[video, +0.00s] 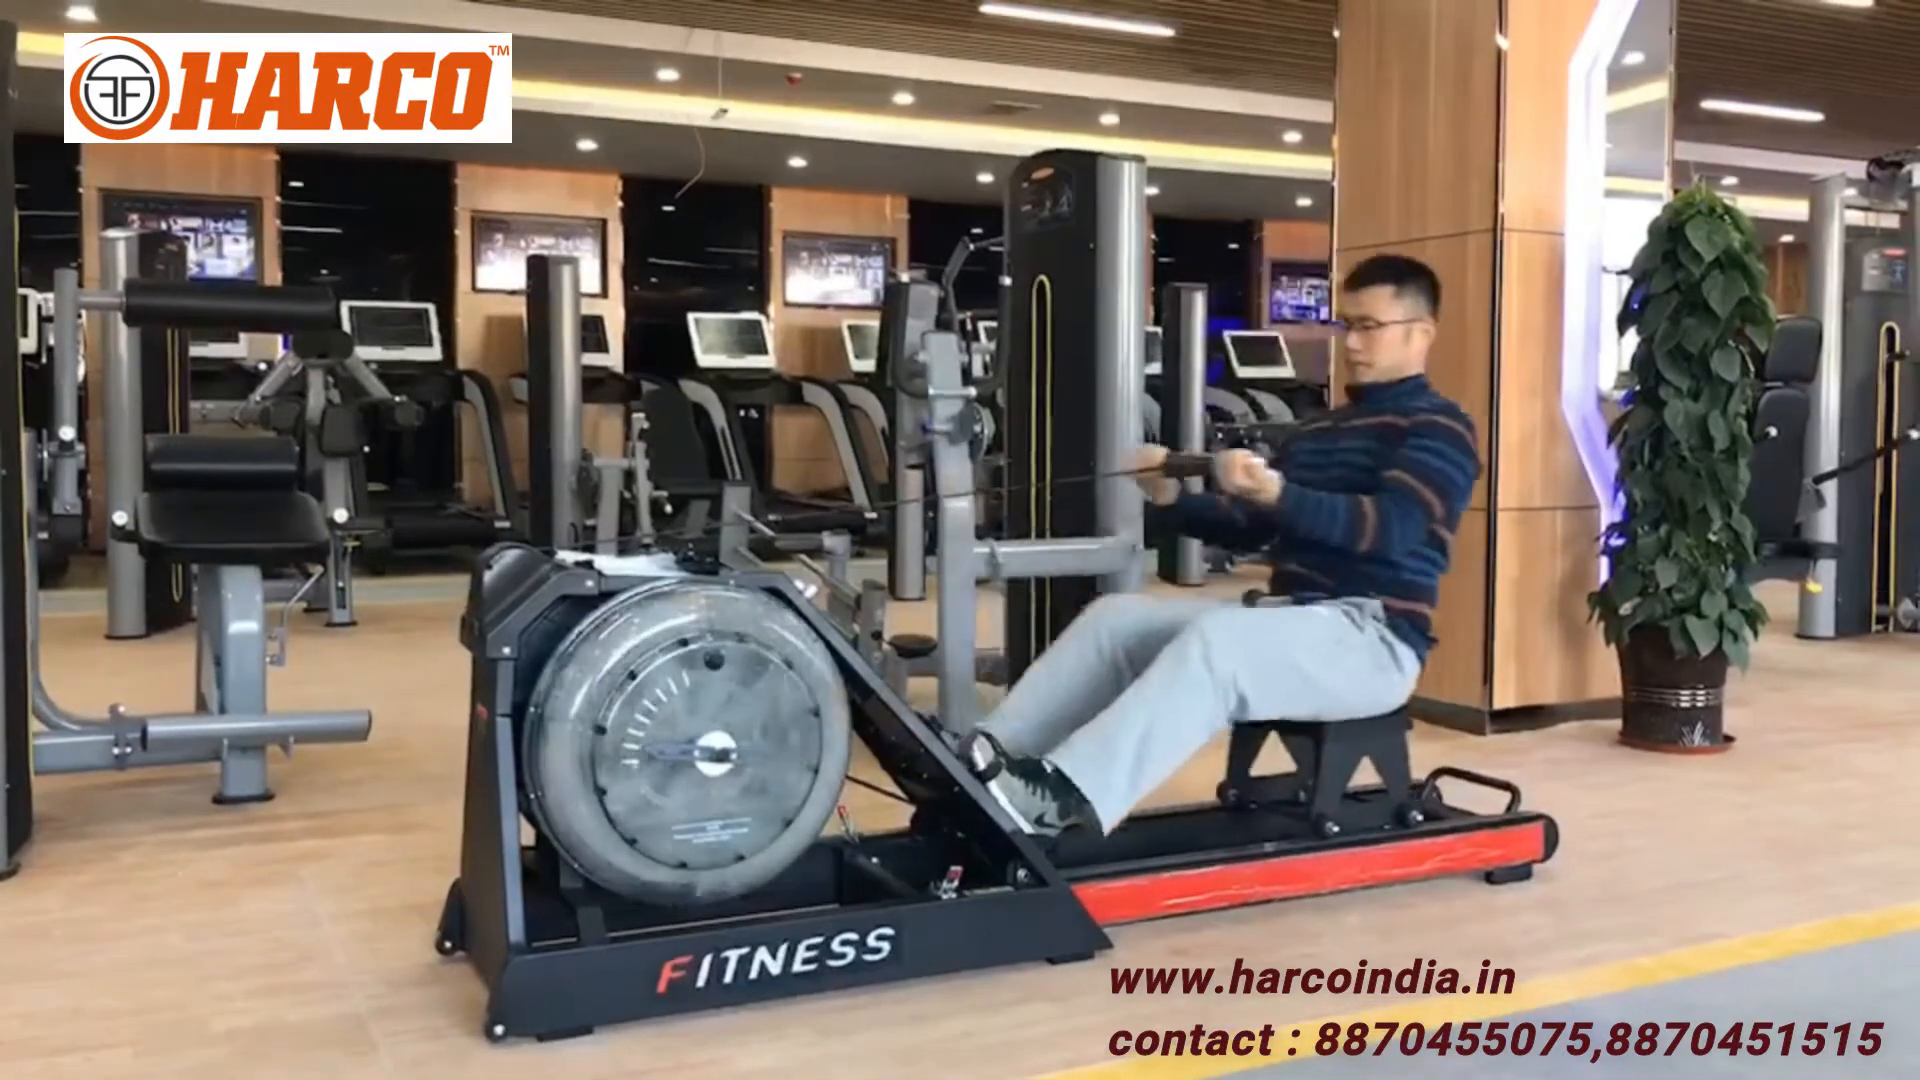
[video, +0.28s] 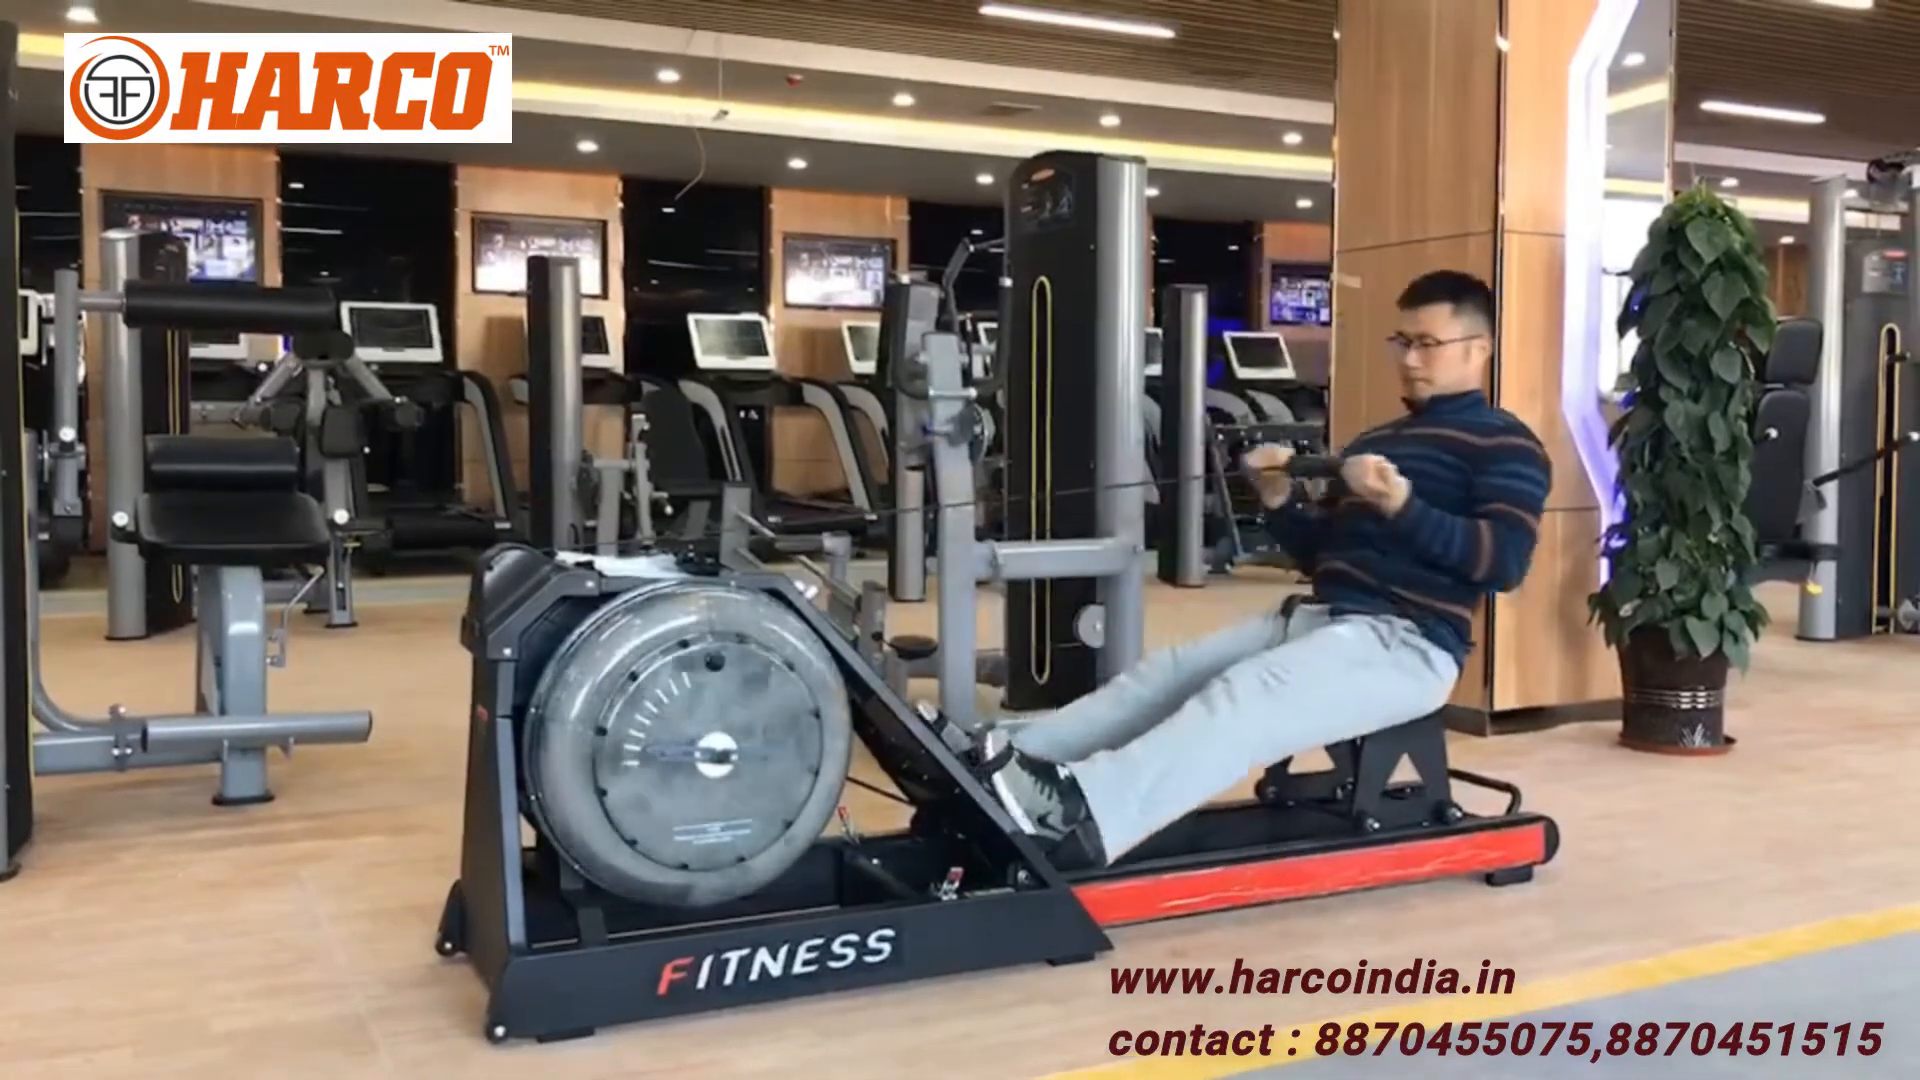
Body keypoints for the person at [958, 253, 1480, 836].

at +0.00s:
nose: (1353, 343)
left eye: (1373, 327)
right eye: (1347, 326)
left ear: (1424, 336)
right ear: (1339, 330)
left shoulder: (1442, 430)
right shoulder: (1325, 429)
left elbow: (1386, 528)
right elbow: (1261, 528)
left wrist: (1279, 495)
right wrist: (1169, 495)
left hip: (1373, 637)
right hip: (1291, 617)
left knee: (1214, 645)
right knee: (1117, 619)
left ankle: (1065, 795)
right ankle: (983, 759)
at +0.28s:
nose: (1408, 359)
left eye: (1429, 344)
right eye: (1403, 343)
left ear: (1480, 353)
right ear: (1396, 346)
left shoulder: (1508, 446)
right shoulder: (1382, 440)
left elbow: (1503, 562)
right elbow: (1322, 551)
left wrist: (1400, 507)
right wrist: (1282, 498)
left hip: (1402, 644)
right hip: (1317, 619)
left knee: (1239, 704)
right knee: (1171, 671)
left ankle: (1079, 820)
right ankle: (1007, 756)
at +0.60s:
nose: (1362, 350)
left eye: (1381, 334)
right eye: (1357, 335)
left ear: (1434, 344)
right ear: (1352, 340)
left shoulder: (1471, 440)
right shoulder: (1340, 437)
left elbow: (1496, 562)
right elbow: (1300, 555)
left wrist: (1392, 516)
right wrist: (1263, 505)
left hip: (1384, 641)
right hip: (1297, 619)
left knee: (1222, 648)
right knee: (1127, 618)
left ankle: (1079, 800)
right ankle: (999, 754)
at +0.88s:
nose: (1241, 327)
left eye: (1261, 312)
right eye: (1239, 311)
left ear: (1319, 324)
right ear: (1234, 317)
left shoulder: (1351, 423)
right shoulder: (1226, 431)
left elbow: (1348, 541)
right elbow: (1175, 534)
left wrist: (1228, 529)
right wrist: (1090, 513)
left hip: (1317, 644)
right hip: (1219, 620)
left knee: (1176, 599)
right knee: (1060, 580)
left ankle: (1054, 787)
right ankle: (973, 751)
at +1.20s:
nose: (1121, 313)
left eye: (1139, 298)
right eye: (1120, 298)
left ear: (1195, 316)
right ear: (1113, 309)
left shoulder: (1227, 414)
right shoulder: (1113, 415)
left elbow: (1166, 487)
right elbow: (1034, 467)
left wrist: (1039, 509)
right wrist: (940, 487)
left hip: (1230, 652)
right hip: (1127, 637)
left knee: (1097, 566)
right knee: (974, 564)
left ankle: (1034, 784)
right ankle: (959, 758)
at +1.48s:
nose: (1173, 308)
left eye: (1194, 295)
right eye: (1173, 294)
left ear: (1249, 317)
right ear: (1164, 306)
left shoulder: (1269, 412)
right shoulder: (1162, 405)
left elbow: (1165, 465)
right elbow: (1075, 448)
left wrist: (1045, 492)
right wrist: (951, 474)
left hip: (1246, 650)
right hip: (1156, 628)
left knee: (1105, 569)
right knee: (999, 561)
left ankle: (1035, 785)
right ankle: (957, 756)